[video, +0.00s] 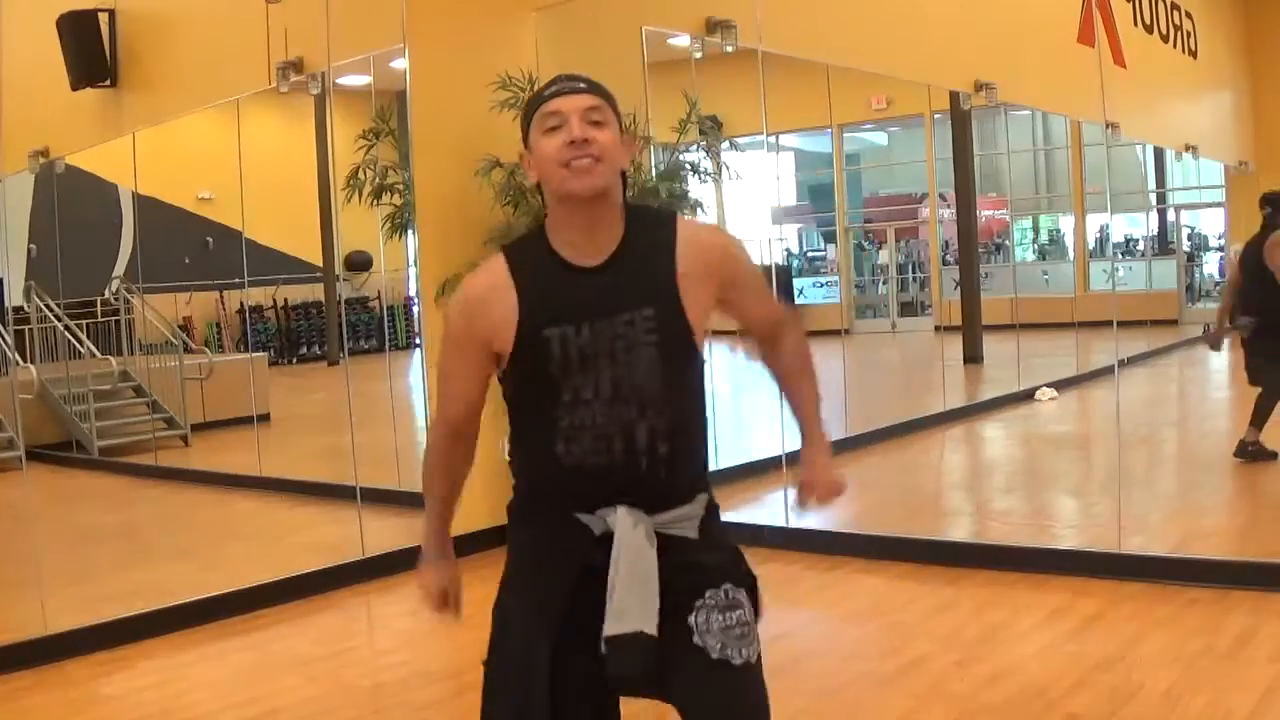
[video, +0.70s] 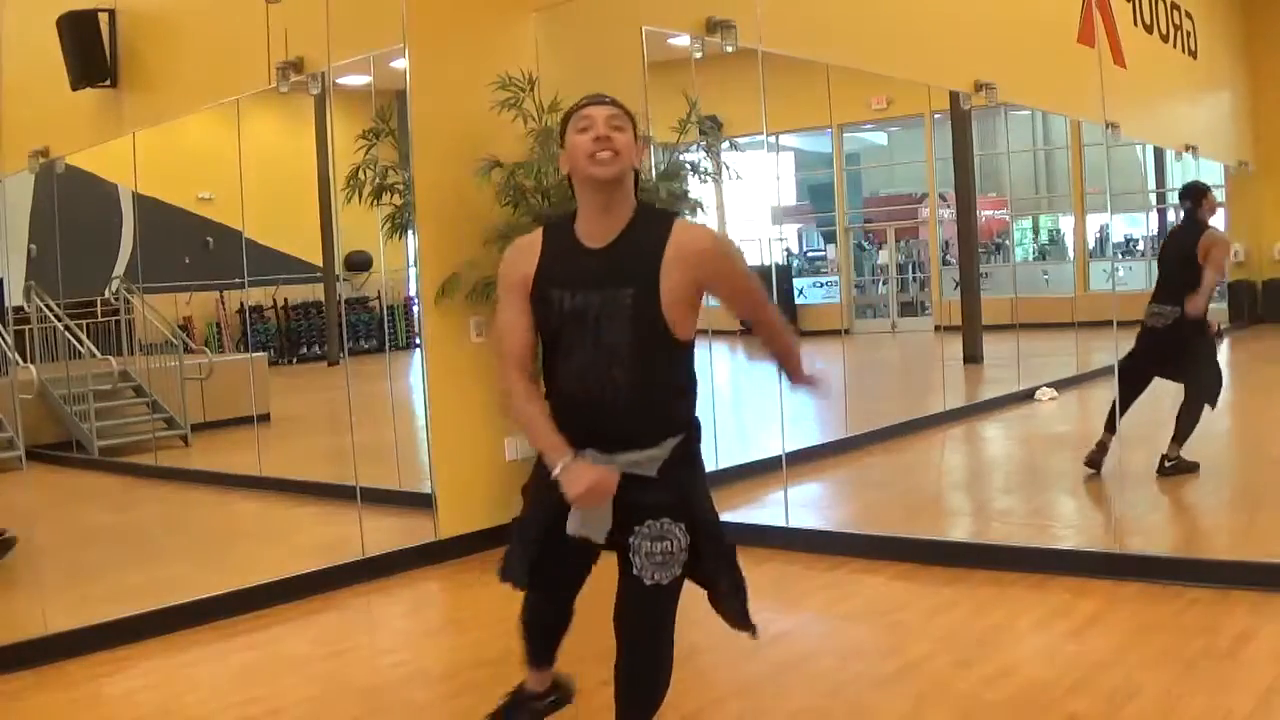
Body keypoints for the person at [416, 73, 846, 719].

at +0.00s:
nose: (578, 134)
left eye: (596, 121)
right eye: (554, 127)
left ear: (628, 151)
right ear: (530, 164)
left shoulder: (702, 253)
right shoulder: (488, 294)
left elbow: (778, 332)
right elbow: (452, 429)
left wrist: (815, 444)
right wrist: (436, 543)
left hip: (686, 550)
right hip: (556, 560)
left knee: (737, 708)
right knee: (535, 708)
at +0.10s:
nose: (579, 130)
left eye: (594, 118)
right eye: (556, 122)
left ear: (621, 147)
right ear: (531, 158)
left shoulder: (686, 249)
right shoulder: (488, 275)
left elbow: (753, 373)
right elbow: (439, 390)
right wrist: (455, 468)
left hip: (676, 524)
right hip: (553, 536)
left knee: (746, 693)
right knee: (532, 704)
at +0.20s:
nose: (587, 87)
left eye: (604, 79)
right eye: (566, 82)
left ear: (628, 113)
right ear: (542, 121)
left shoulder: (680, 206)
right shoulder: (508, 222)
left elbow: (683, 299)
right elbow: (459, 328)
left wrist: (579, 220)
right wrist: (448, 302)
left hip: (659, 470)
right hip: (549, 478)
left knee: (731, 614)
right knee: (555, 685)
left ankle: (695, 712)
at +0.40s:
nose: (599, 88)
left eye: (616, 80)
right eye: (581, 80)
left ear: (640, 111)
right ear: (560, 116)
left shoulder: (684, 195)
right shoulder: (523, 212)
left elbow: (662, 265)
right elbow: (477, 308)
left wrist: (535, 244)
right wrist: (481, 359)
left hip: (655, 451)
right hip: (550, 450)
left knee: (645, 647)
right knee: (524, 642)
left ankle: (637, 715)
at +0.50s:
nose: (599, 130)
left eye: (615, 122)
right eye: (582, 124)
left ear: (640, 150)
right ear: (561, 157)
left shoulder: (687, 247)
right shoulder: (523, 261)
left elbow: (675, 378)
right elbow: (488, 373)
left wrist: (607, 467)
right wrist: (500, 457)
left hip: (659, 488)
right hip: (560, 482)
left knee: (646, 681)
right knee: (494, 663)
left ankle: (639, 717)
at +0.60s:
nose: (595, 143)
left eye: (610, 136)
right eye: (579, 138)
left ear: (635, 161)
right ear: (559, 171)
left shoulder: (684, 261)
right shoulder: (521, 272)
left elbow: (729, 388)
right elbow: (515, 393)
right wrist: (531, 501)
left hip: (663, 488)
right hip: (567, 485)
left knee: (643, 671)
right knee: (510, 630)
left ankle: (636, 719)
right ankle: (477, 711)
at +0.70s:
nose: (602, 133)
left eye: (616, 126)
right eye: (585, 127)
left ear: (638, 154)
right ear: (564, 159)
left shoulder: (691, 248)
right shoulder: (528, 256)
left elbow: (762, 315)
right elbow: (515, 375)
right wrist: (563, 461)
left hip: (659, 470)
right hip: (567, 462)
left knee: (643, 632)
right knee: (544, 595)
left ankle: (635, 714)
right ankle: (538, 684)